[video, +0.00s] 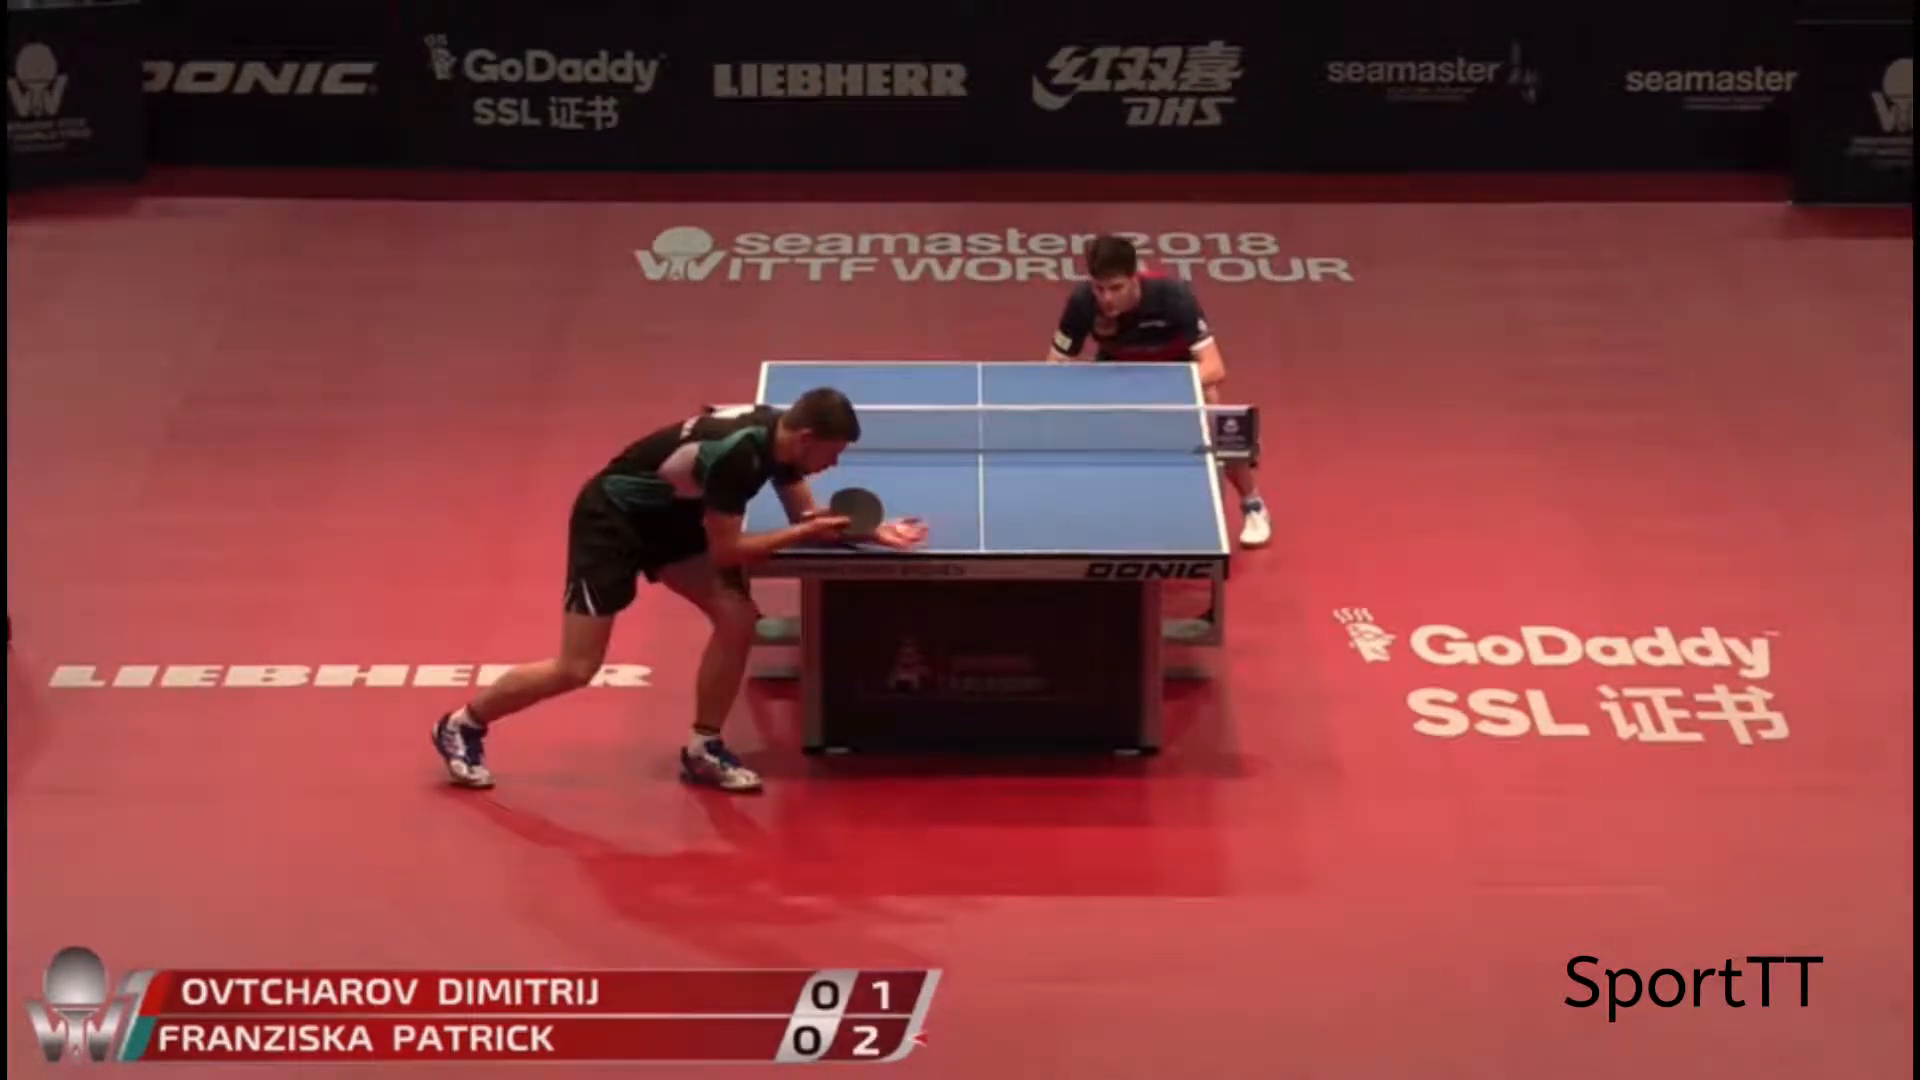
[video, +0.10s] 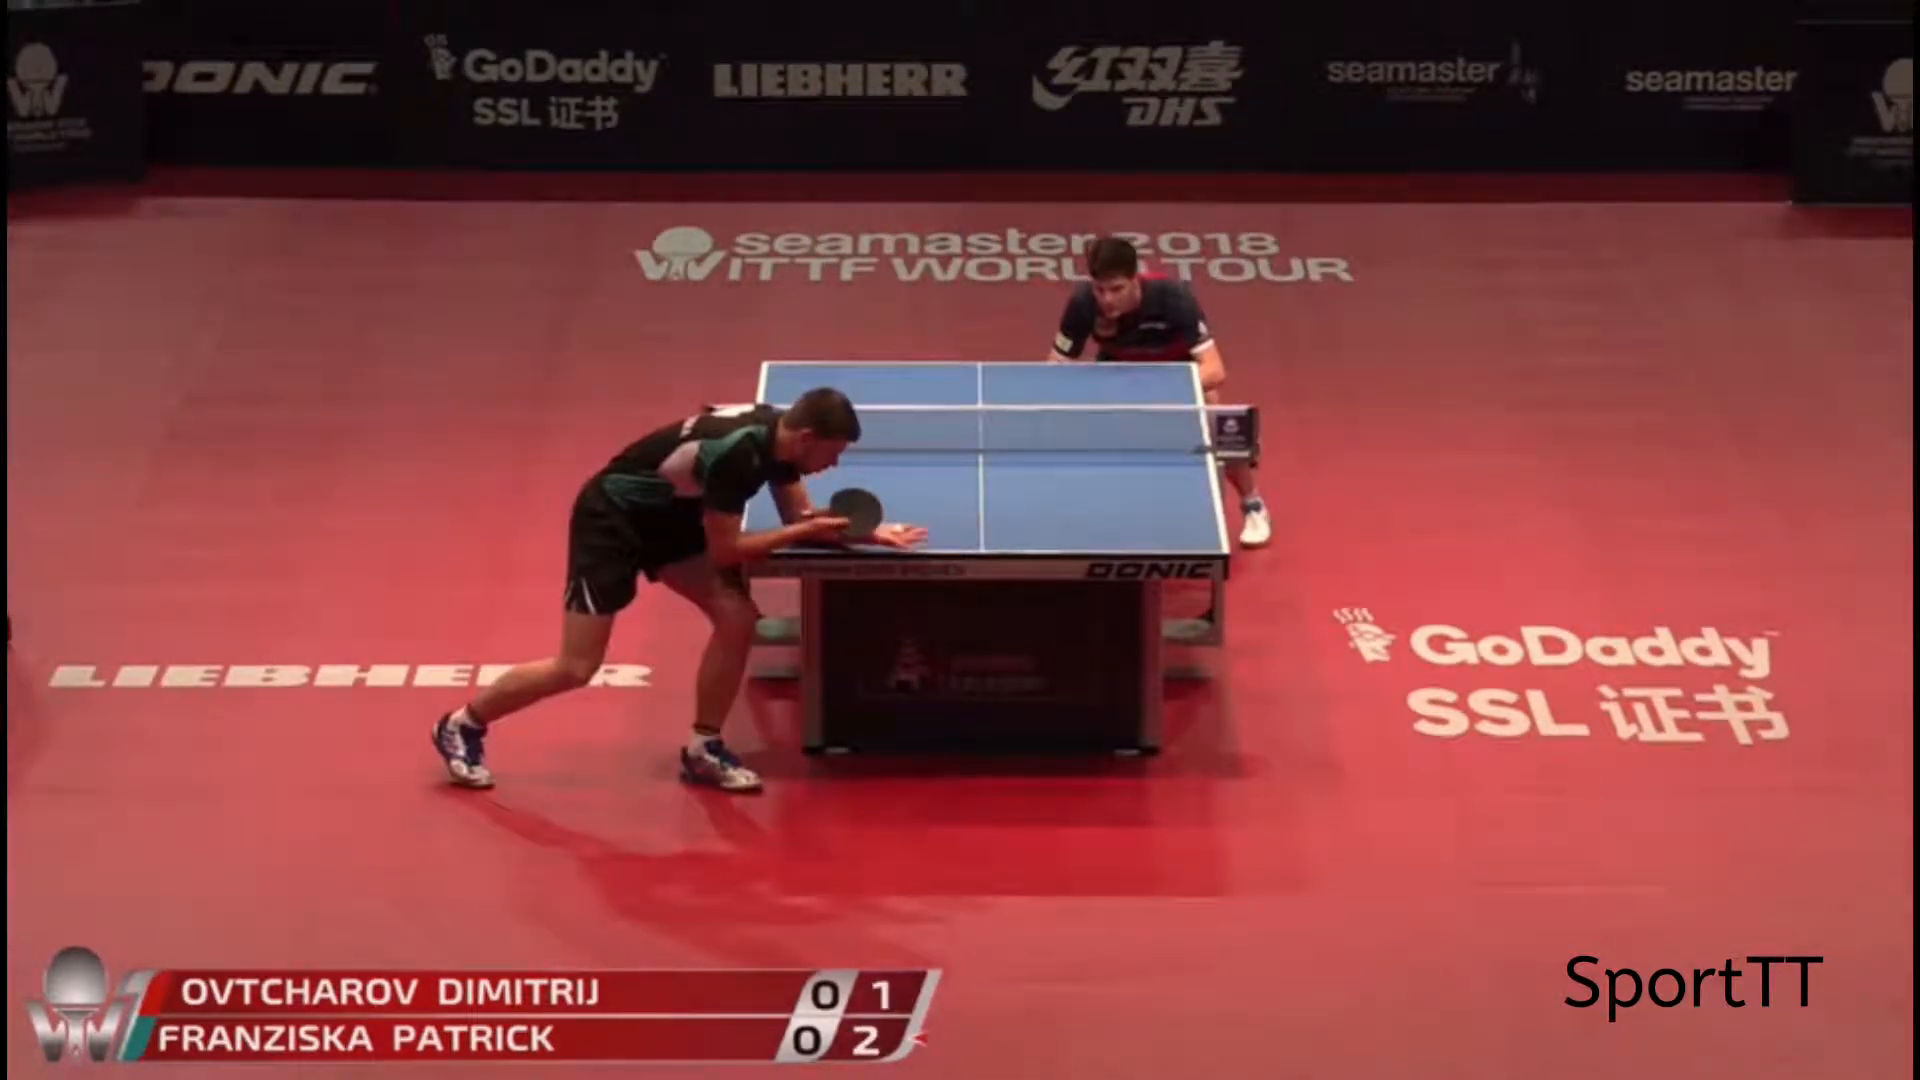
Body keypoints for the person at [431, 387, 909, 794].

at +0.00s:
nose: (830, 465)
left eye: (836, 457)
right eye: (828, 455)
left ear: (805, 435)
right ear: (800, 435)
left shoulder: (782, 443)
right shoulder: (737, 455)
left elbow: (804, 518)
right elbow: (727, 555)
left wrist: (875, 531)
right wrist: (802, 532)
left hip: (668, 526)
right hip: (610, 517)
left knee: (738, 617)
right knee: (576, 667)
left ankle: (704, 750)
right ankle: (462, 725)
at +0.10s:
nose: (831, 464)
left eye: (836, 454)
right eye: (830, 453)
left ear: (809, 434)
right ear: (803, 435)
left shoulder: (780, 443)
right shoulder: (737, 451)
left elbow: (799, 520)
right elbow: (726, 554)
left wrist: (871, 532)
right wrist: (806, 531)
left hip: (669, 525)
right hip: (611, 515)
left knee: (737, 618)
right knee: (575, 667)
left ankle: (704, 749)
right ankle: (463, 725)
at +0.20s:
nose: (831, 464)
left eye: (837, 455)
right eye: (830, 454)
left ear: (809, 433)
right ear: (804, 436)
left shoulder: (780, 441)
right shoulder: (736, 453)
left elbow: (797, 521)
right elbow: (725, 552)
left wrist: (869, 534)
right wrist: (805, 532)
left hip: (670, 527)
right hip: (611, 517)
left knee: (737, 617)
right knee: (576, 666)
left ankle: (704, 750)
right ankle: (463, 725)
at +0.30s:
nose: (831, 465)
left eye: (837, 456)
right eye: (830, 455)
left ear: (810, 435)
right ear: (804, 437)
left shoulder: (781, 441)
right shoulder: (737, 453)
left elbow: (797, 521)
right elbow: (725, 552)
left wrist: (870, 537)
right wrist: (804, 533)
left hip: (671, 527)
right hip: (611, 516)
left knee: (737, 617)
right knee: (577, 666)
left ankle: (704, 750)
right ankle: (463, 725)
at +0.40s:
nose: (831, 467)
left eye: (836, 458)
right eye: (830, 457)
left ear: (810, 436)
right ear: (805, 439)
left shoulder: (781, 439)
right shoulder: (737, 453)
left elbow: (797, 521)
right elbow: (725, 552)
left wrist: (873, 538)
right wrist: (803, 533)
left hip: (670, 527)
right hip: (612, 516)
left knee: (738, 617)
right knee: (578, 666)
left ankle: (704, 750)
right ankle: (464, 725)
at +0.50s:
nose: (830, 468)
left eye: (836, 459)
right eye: (830, 458)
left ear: (810, 437)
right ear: (807, 441)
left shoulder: (781, 440)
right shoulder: (737, 452)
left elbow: (798, 524)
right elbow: (726, 553)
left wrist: (872, 539)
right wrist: (805, 533)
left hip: (670, 528)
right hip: (612, 517)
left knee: (738, 617)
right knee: (578, 667)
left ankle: (704, 750)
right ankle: (464, 725)